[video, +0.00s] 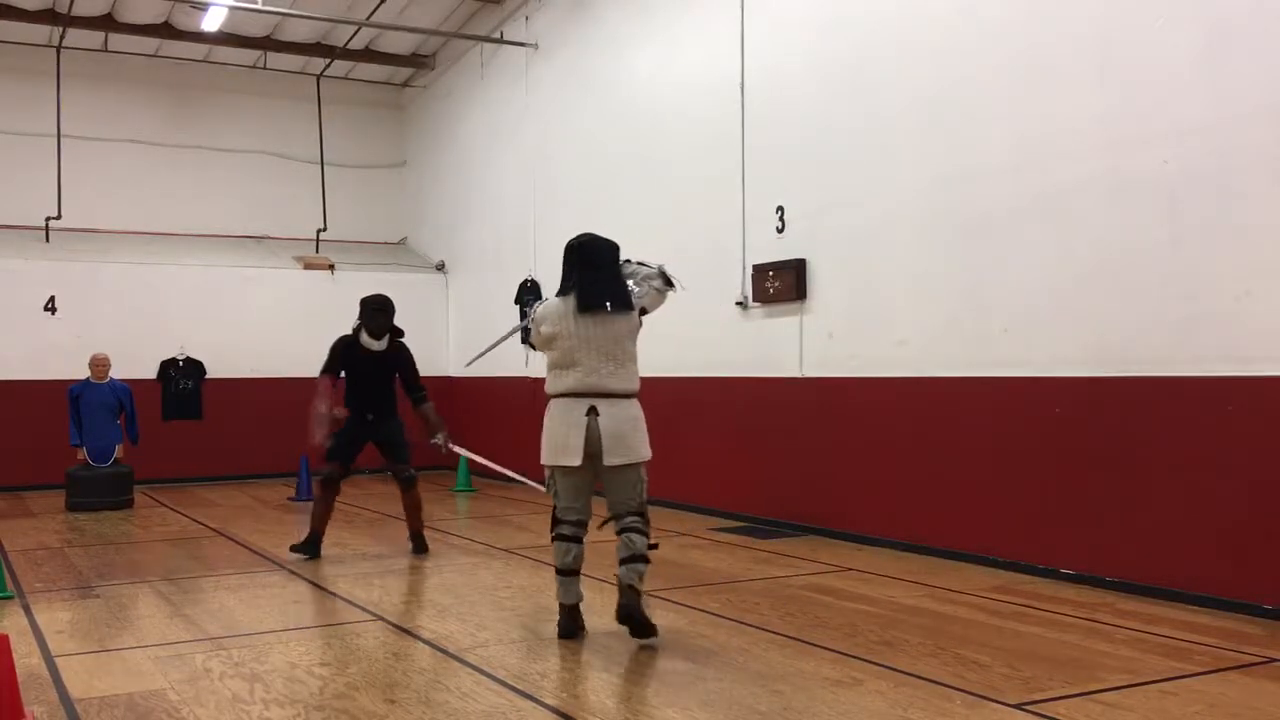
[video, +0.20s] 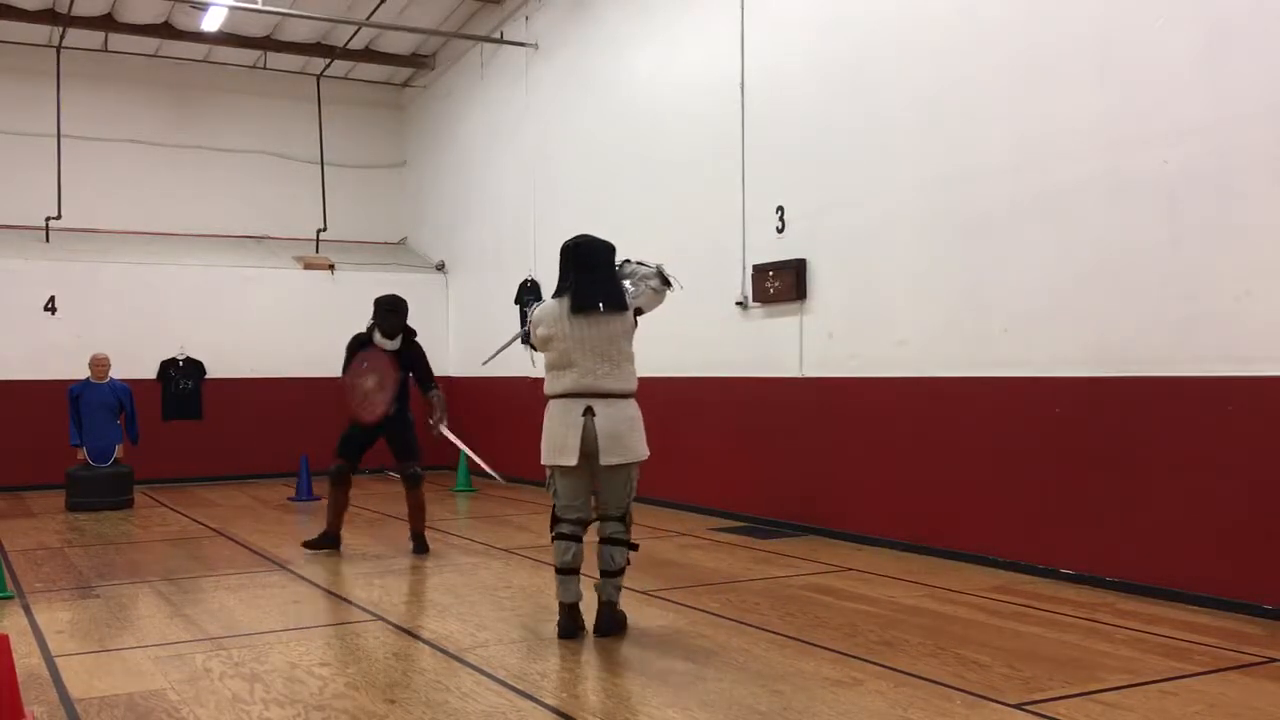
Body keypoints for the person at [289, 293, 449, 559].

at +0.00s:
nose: (378, 321)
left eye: (384, 315)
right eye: (373, 315)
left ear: (391, 319)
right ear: (362, 316)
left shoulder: (398, 351)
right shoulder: (344, 346)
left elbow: (417, 393)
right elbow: (325, 385)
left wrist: (438, 428)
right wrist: (323, 422)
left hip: (387, 422)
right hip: (353, 421)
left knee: (407, 479)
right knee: (329, 478)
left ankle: (417, 536)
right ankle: (313, 540)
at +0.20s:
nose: (391, 326)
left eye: (396, 321)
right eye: (386, 320)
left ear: (403, 321)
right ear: (376, 317)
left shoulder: (410, 348)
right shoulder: (359, 344)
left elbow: (428, 384)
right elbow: (348, 379)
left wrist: (438, 410)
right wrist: (361, 397)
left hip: (398, 418)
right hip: (365, 418)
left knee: (413, 476)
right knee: (340, 471)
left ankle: (418, 536)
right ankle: (331, 534)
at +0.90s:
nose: (340, 327)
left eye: (347, 322)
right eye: (337, 321)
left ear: (358, 325)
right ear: (332, 322)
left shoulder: (366, 356)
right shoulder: (324, 350)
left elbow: (384, 395)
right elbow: (303, 380)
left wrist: (398, 432)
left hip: (356, 423)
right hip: (326, 423)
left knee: (379, 475)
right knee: (320, 479)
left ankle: (400, 531)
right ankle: (343, 529)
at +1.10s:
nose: (325, 325)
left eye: (331, 320)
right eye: (322, 320)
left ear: (343, 322)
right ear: (318, 321)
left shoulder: (356, 354)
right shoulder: (314, 350)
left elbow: (371, 397)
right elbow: (301, 380)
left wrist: (383, 432)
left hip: (344, 421)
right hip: (317, 422)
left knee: (345, 471)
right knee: (316, 475)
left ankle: (343, 529)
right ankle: (341, 527)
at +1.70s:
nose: (293, 328)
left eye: (300, 324)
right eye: (290, 322)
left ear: (312, 326)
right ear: (285, 320)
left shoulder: (321, 353)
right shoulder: (277, 346)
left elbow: (339, 397)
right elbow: (250, 376)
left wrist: (352, 433)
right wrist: (263, 354)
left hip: (305, 421)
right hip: (276, 419)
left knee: (297, 477)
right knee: (267, 480)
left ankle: (289, 542)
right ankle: (310, 508)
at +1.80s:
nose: (292, 325)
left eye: (299, 321)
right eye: (288, 319)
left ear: (309, 323)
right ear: (282, 317)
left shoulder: (317, 349)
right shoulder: (272, 341)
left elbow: (332, 387)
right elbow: (246, 371)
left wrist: (340, 416)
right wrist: (252, 365)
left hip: (301, 422)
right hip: (271, 418)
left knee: (296, 480)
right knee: (250, 478)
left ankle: (290, 544)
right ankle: (283, 518)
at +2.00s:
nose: (282, 320)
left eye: (289, 315)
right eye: (278, 314)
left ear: (300, 317)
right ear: (272, 313)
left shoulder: (308, 343)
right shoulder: (259, 338)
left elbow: (327, 375)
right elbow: (232, 369)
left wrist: (313, 375)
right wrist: (250, 362)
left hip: (292, 420)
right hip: (261, 418)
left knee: (293, 480)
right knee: (236, 476)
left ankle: (288, 546)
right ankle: (230, 544)